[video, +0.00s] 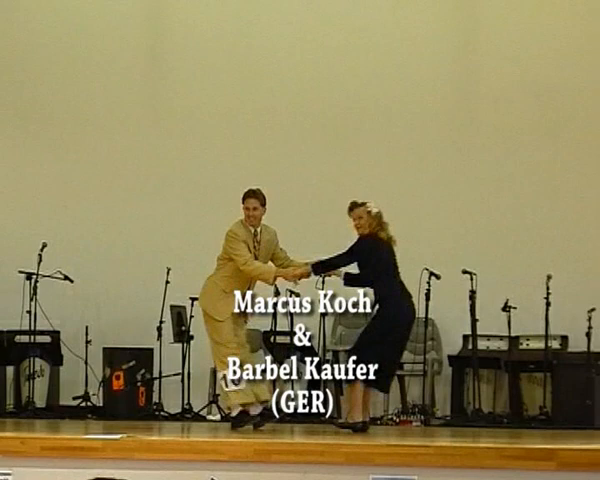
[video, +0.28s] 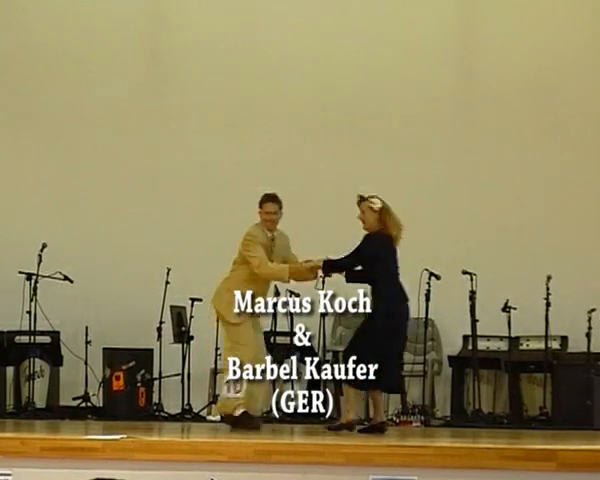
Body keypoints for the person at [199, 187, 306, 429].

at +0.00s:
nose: (250, 213)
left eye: (255, 209)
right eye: (247, 209)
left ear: (264, 210)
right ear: (242, 209)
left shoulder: (269, 235)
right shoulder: (235, 233)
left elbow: (284, 263)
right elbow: (247, 265)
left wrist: (313, 267)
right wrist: (281, 273)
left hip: (240, 299)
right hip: (217, 298)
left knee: (242, 350)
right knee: (227, 350)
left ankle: (254, 407)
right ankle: (237, 408)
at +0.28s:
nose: (270, 218)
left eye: (275, 213)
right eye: (266, 213)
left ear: (281, 214)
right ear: (259, 213)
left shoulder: (281, 238)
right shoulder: (252, 237)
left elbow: (293, 266)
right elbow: (263, 269)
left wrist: (314, 268)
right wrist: (297, 271)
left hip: (251, 304)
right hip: (231, 302)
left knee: (257, 355)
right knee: (244, 352)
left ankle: (247, 409)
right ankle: (231, 407)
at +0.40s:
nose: (290, 219)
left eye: (294, 215)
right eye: (285, 215)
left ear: (300, 215)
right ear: (279, 215)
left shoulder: (302, 244)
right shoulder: (269, 242)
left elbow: (303, 275)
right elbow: (265, 278)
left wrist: (327, 280)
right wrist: (295, 282)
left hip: (278, 308)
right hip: (257, 307)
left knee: (275, 361)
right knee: (277, 358)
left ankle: (245, 407)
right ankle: (247, 407)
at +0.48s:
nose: (303, 215)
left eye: (307, 210)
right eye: (298, 211)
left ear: (313, 212)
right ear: (291, 212)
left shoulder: (316, 240)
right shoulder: (281, 239)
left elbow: (326, 266)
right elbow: (277, 272)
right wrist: (306, 277)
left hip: (300, 310)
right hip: (277, 309)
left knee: (299, 363)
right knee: (283, 363)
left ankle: (265, 409)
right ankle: (258, 411)